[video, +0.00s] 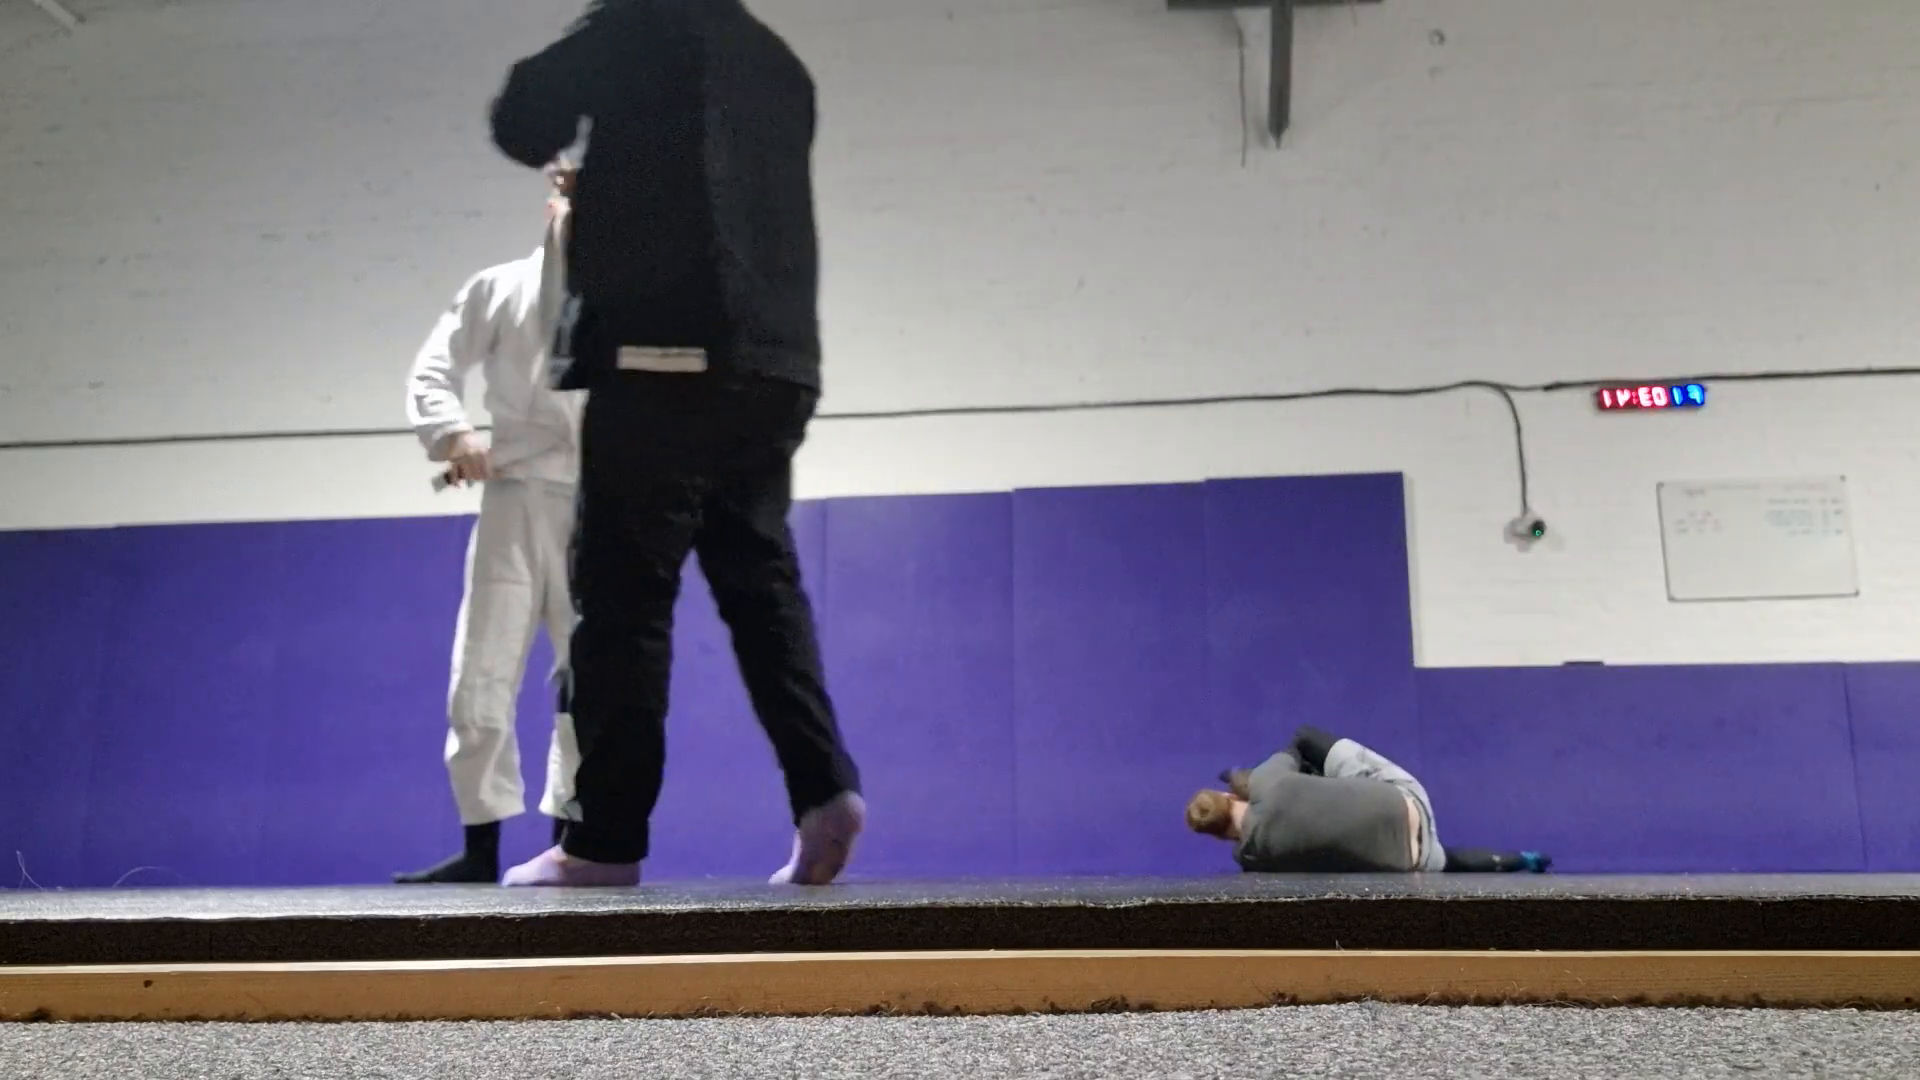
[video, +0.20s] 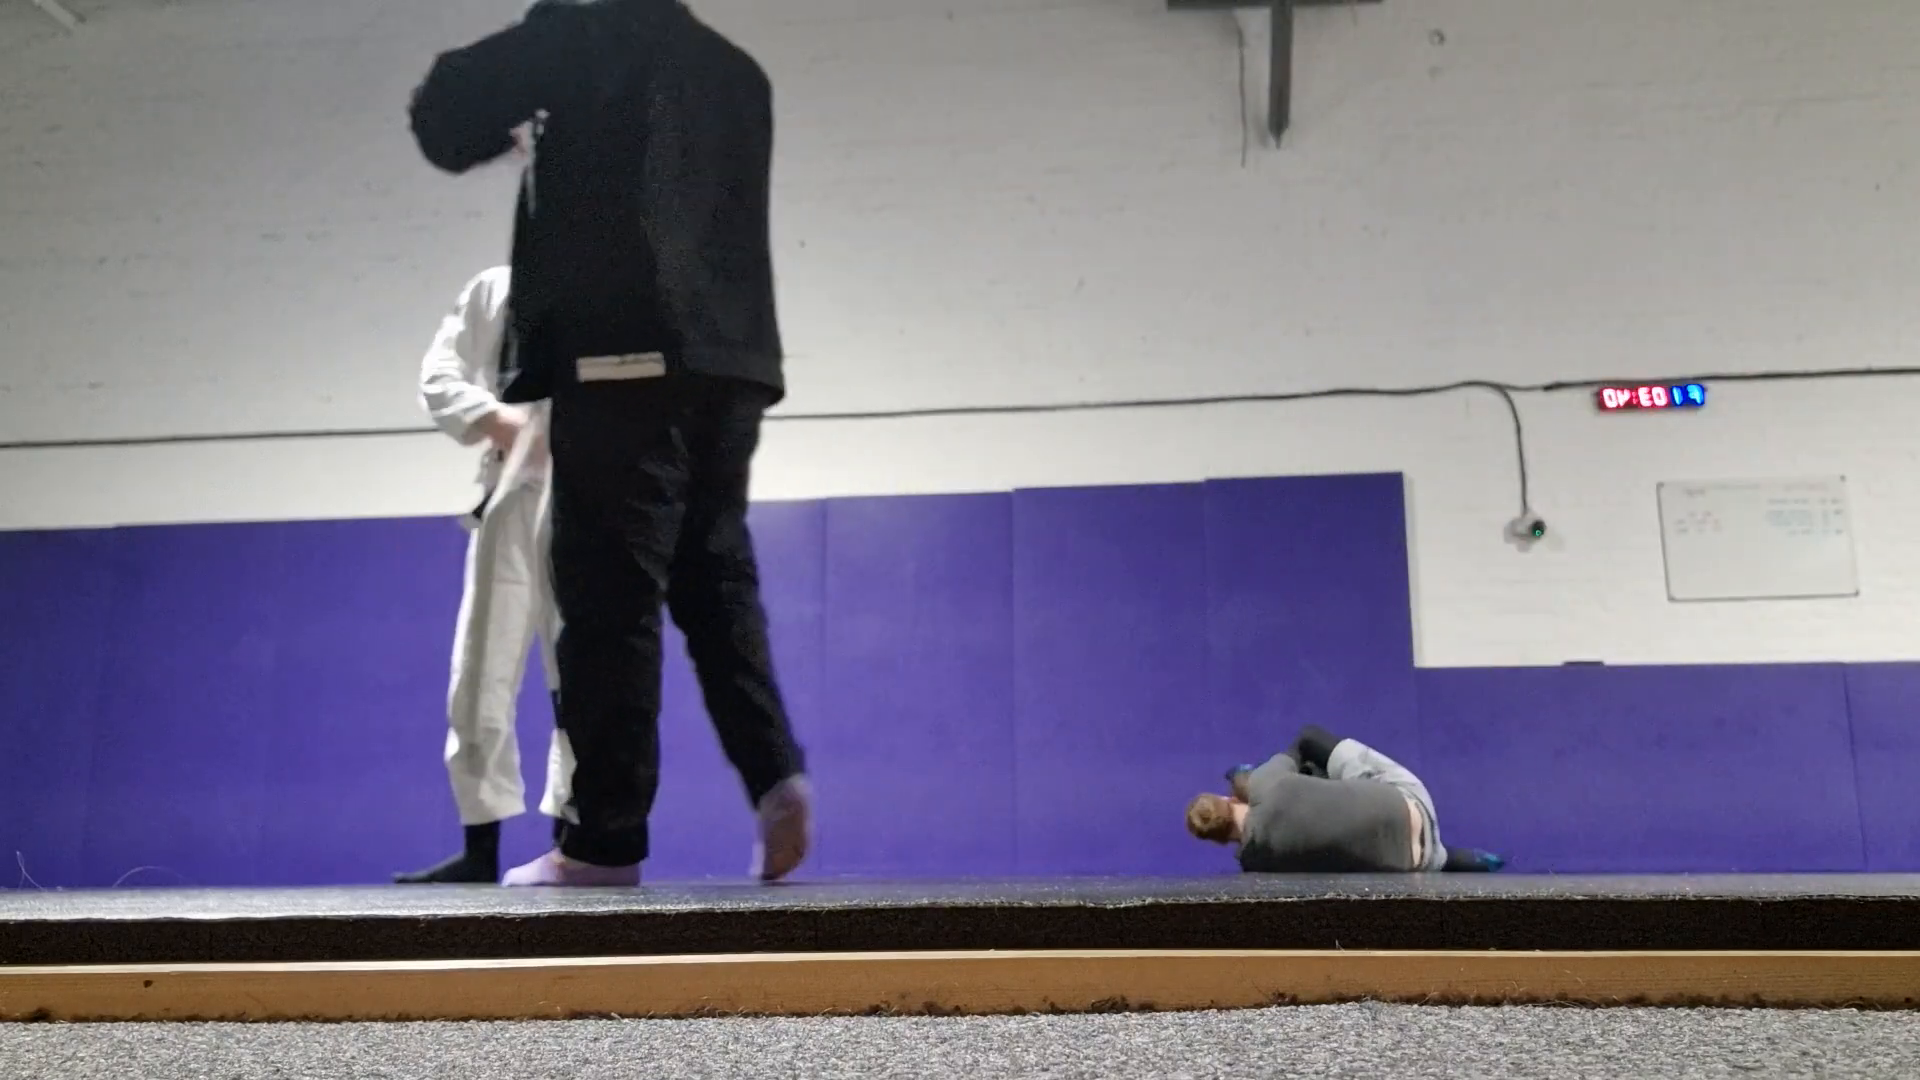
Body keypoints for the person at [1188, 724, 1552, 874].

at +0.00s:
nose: (1226, 796)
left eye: (1212, 818)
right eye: (1222, 793)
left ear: (1218, 836)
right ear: (1229, 791)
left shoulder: (1253, 856)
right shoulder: (1265, 777)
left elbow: (1303, 862)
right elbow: (1302, 743)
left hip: (1413, 859)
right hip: (1410, 803)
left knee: (1444, 858)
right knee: (1312, 738)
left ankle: (1517, 861)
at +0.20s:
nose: (1224, 792)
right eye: (1221, 794)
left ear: (1218, 840)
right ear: (1228, 796)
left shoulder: (1255, 862)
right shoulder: (1265, 781)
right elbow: (1292, 759)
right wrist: (1249, 781)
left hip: (1418, 861)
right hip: (1413, 807)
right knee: (1309, 737)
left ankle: (1471, 860)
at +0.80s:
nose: (1226, 797)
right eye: (1225, 798)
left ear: (1221, 847)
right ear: (1230, 797)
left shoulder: (1256, 864)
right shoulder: (1269, 782)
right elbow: (1293, 757)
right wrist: (1253, 774)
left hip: (1413, 858)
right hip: (1406, 803)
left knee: (1419, 851)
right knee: (1302, 740)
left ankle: (1477, 862)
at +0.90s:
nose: (1226, 797)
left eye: (1217, 828)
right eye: (1222, 797)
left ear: (1221, 841)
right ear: (1229, 796)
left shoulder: (1255, 863)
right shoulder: (1267, 779)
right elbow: (1294, 761)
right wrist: (1251, 784)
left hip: (1412, 859)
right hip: (1411, 805)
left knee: (1430, 855)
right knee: (1307, 740)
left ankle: (1494, 864)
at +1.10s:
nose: (1224, 795)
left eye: (1216, 828)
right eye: (1220, 796)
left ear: (1219, 840)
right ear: (1227, 795)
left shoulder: (1254, 861)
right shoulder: (1267, 779)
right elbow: (1304, 765)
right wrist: (1251, 784)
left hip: (1412, 860)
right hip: (1412, 805)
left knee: (1427, 854)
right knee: (1315, 735)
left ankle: (1494, 863)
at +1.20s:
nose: (1225, 796)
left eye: (1216, 826)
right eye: (1223, 796)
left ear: (1218, 839)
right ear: (1227, 796)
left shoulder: (1253, 861)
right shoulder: (1266, 780)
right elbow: (1307, 765)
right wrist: (1252, 785)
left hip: (1410, 861)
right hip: (1411, 806)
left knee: (1431, 854)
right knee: (1315, 733)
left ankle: (1496, 865)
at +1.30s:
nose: (1225, 791)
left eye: (1213, 825)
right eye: (1222, 793)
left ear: (1217, 839)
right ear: (1229, 795)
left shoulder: (1253, 863)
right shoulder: (1272, 784)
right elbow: (1304, 765)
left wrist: (1253, 818)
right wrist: (1256, 782)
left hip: (1411, 860)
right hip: (1408, 806)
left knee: (1432, 854)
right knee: (1316, 730)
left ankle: (1494, 864)